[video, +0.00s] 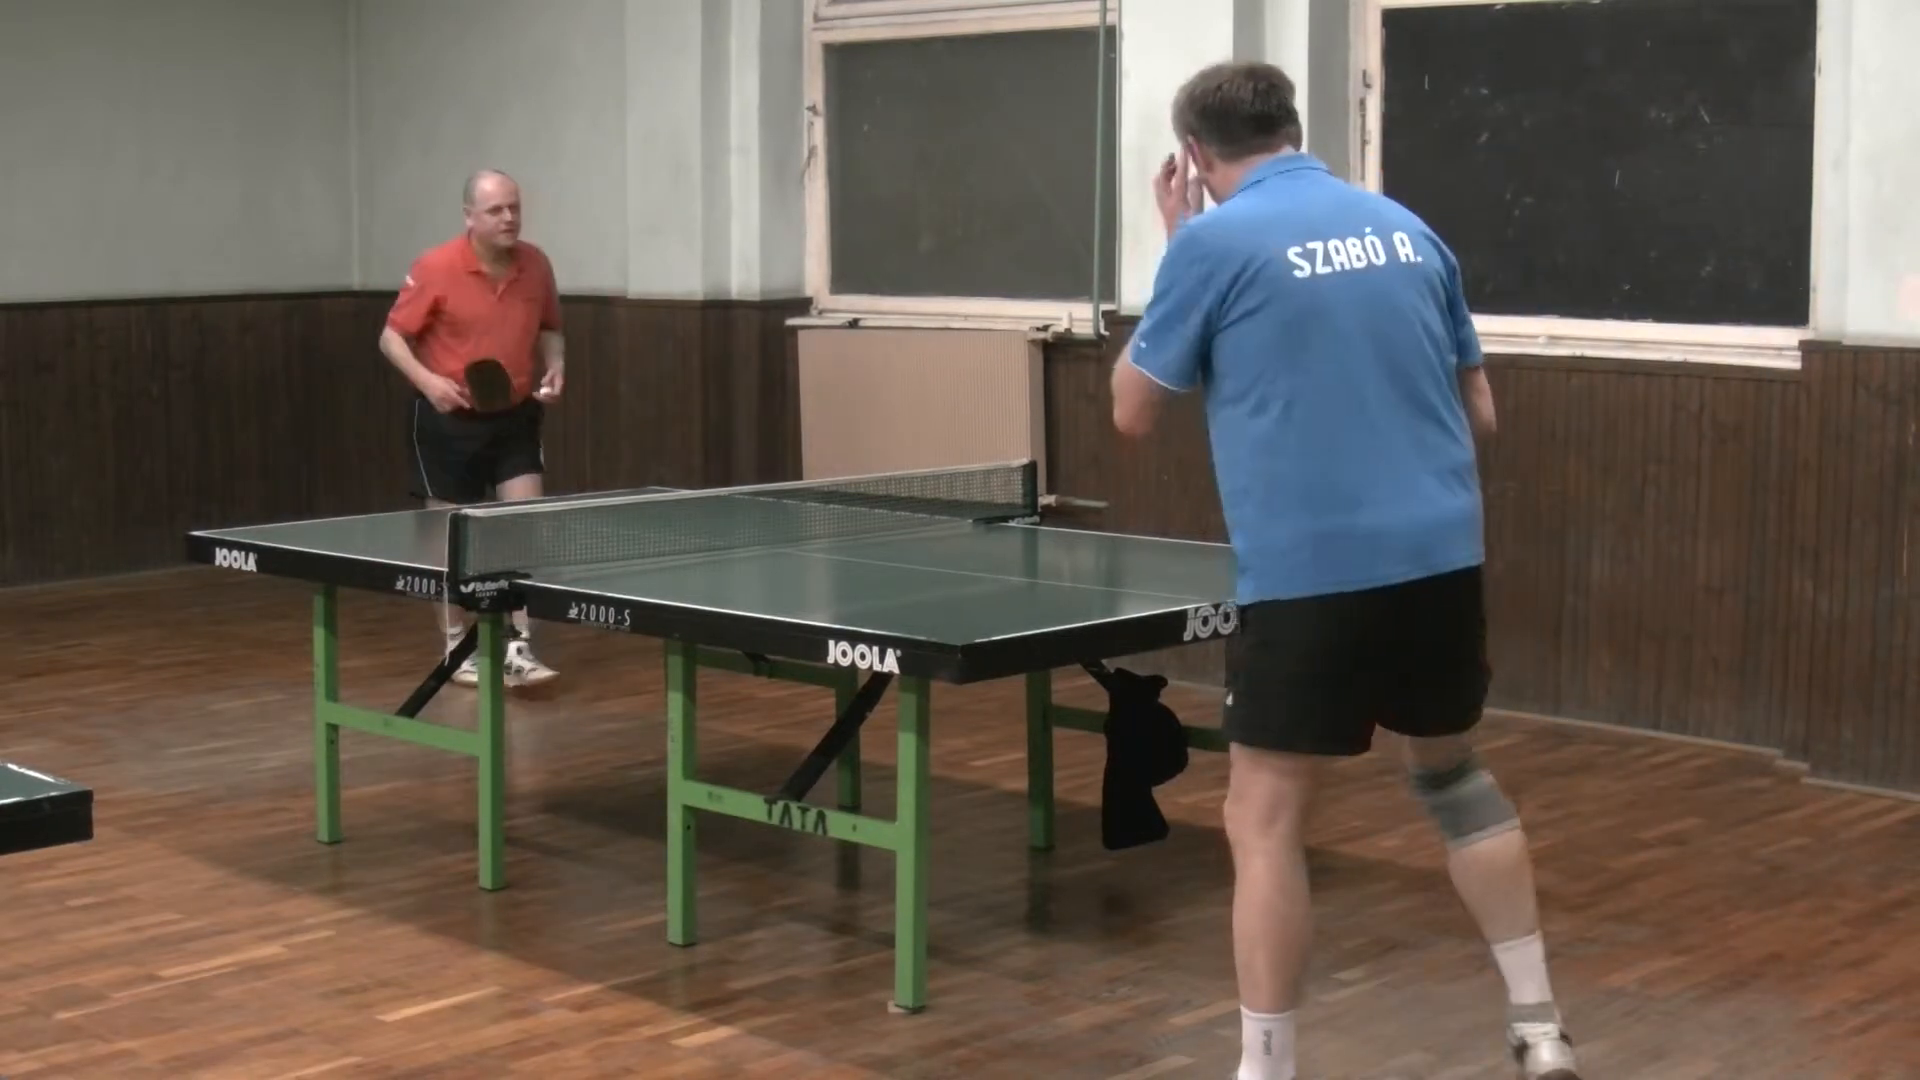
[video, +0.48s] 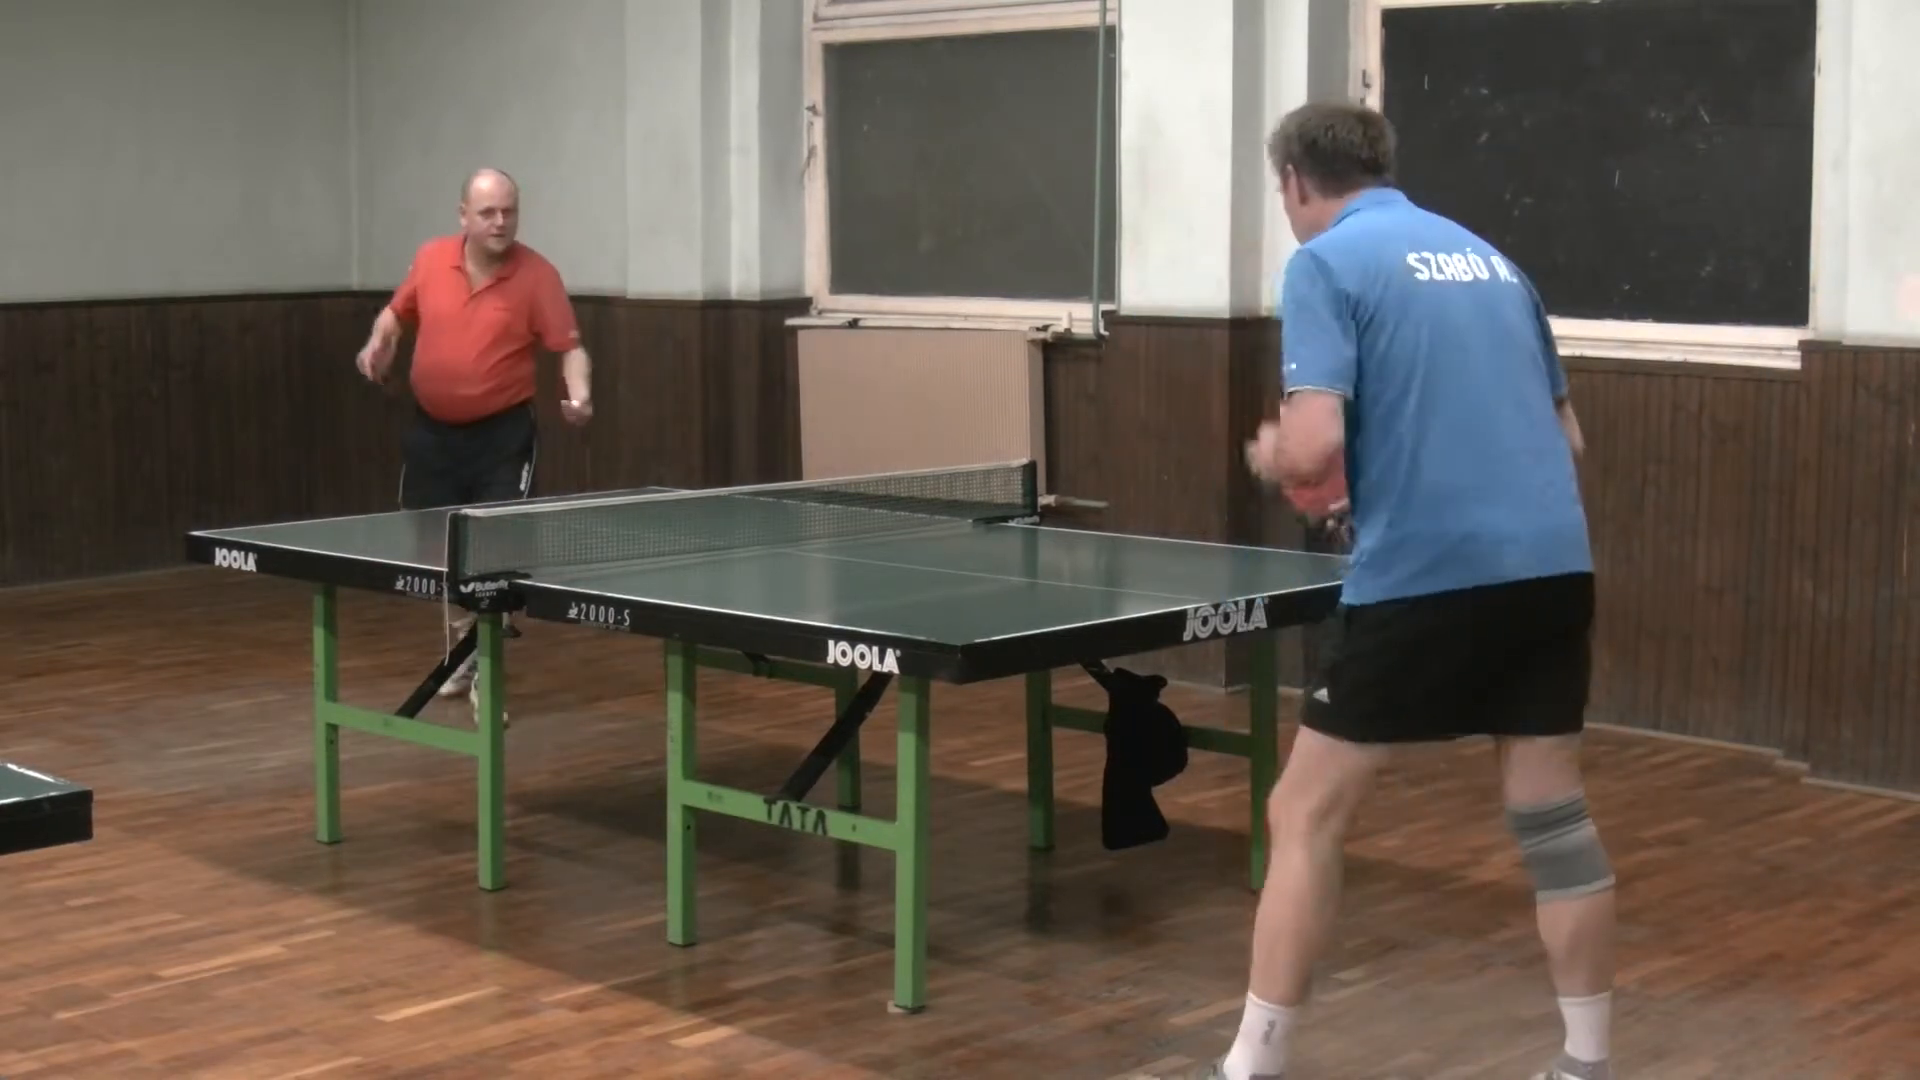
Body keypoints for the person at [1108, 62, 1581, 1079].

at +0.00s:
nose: (1188, 177)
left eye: (1187, 165)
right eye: (1187, 167)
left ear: (1199, 159)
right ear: (1297, 135)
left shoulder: (1216, 242)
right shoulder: (1407, 228)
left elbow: (1133, 413)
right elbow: (1478, 411)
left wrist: (1179, 252)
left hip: (1303, 574)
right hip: (1443, 558)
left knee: (1265, 817)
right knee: (1451, 768)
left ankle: (1265, 1066)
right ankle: (1540, 1027)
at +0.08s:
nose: (1204, 183)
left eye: (1204, 170)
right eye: (1203, 171)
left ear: (1217, 161)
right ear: (1313, 141)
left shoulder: (1240, 243)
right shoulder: (1423, 233)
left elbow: (1147, 404)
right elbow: (1487, 417)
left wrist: (1199, 246)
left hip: (1318, 583)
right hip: (1458, 568)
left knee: (1264, 820)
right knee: (1471, 787)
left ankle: (1264, 1067)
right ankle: (1569, 1045)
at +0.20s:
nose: (1244, 186)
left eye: (1242, 173)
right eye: (1242, 174)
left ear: (1257, 164)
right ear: (1350, 149)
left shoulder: (1285, 253)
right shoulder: (1451, 242)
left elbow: (1182, 421)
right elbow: (1507, 425)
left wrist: (1235, 270)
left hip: (1350, 591)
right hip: (1490, 581)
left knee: (1261, 820)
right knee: (1512, 811)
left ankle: (1263, 1066)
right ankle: (1581, 1059)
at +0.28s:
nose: (1273, 193)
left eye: (1269, 178)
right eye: (1274, 180)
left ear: (1283, 167)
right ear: (1369, 155)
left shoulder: (1312, 259)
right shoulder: (1472, 249)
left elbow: (1219, 439)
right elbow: (1526, 431)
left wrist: (1254, 296)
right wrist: (1316, 427)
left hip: (1378, 594)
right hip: (1517, 584)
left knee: (1265, 812)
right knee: (1534, 815)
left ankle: (1263, 1062)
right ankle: (1585, 1058)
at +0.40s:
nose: (1290, 200)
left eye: (1287, 182)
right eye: (1290, 183)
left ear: (1303, 172)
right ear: (1384, 162)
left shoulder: (1326, 258)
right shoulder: (1490, 253)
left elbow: (1281, 453)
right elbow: (1551, 438)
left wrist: (1270, 376)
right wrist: (1356, 464)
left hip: (1409, 578)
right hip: (1546, 570)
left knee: (1279, 803)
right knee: (1549, 812)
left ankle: (1253, 1057)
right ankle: (1588, 1060)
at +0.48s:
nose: (1283, 212)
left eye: (1281, 196)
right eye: (1283, 197)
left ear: (1299, 186)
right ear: (1378, 175)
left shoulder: (1324, 263)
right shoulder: (1491, 258)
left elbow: (1314, 448)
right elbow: (1563, 440)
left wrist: (1268, 451)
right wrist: (1370, 488)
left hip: (1420, 573)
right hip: (1555, 564)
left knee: (1306, 812)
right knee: (1553, 810)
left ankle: (1253, 1062)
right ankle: (1588, 1059)